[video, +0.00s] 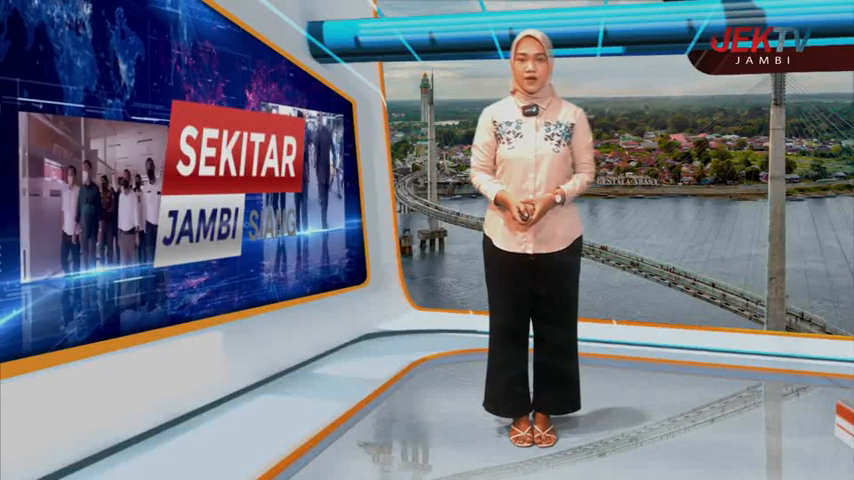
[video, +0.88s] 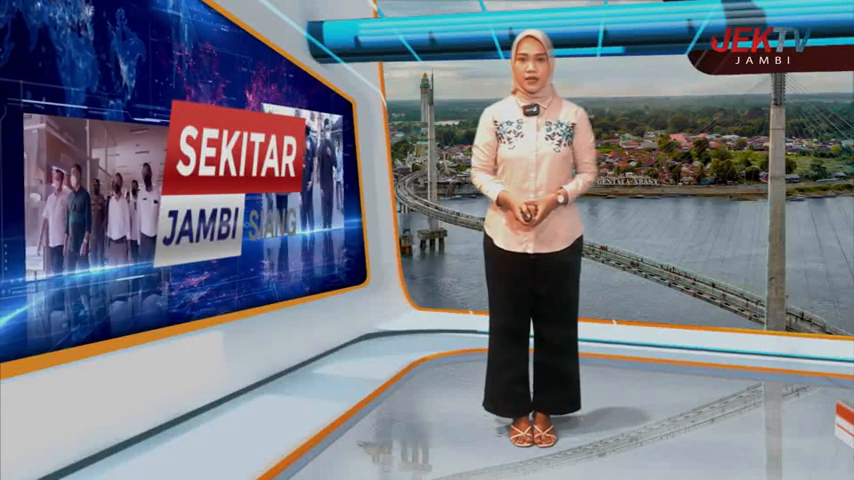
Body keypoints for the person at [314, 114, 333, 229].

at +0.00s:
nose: (319, 119)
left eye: (320, 117)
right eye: (317, 117)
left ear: (323, 119)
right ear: (316, 119)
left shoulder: (327, 132)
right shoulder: (316, 132)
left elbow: (333, 149)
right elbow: (315, 148)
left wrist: (334, 165)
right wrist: (315, 164)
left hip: (327, 163)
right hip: (319, 163)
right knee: (321, 182)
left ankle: (324, 220)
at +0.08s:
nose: (318, 121)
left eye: (320, 119)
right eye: (317, 119)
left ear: (323, 120)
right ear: (316, 121)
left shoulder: (327, 133)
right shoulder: (315, 134)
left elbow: (332, 149)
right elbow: (315, 150)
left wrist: (334, 164)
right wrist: (314, 165)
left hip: (326, 164)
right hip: (318, 164)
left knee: (325, 193)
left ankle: (324, 217)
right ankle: (320, 196)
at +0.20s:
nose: (318, 122)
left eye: (320, 120)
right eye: (317, 120)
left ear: (323, 121)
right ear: (316, 121)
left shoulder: (326, 133)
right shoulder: (316, 134)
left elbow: (331, 147)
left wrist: (331, 158)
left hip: (324, 161)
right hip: (317, 160)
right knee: (319, 179)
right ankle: (320, 194)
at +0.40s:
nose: (321, 124)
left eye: (323, 122)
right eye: (320, 122)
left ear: (325, 124)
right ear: (319, 124)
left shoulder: (327, 136)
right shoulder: (317, 136)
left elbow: (332, 151)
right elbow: (317, 160)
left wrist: (327, 146)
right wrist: (317, 174)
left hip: (326, 171)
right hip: (320, 172)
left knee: (327, 201)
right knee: (321, 202)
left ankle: (327, 222)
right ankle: (321, 223)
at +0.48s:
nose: (321, 127)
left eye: (323, 124)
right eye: (320, 124)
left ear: (326, 126)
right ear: (319, 125)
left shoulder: (327, 137)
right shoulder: (317, 137)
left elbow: (332, 152)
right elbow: (316, 158)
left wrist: (328, 146)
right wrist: (317, 173)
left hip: (326, 166)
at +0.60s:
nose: (321, 129)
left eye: (322, 127)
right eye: (319, 127)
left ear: (324, 128)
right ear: (317, 128)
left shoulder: (327, 141)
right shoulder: (317, 141)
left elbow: (332, 157)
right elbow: (316, 162)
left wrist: (328, 149)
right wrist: (319, 175)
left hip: (327, 172)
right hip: (321, 173)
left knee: (328, 198)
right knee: (321, 200)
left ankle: (329, 222)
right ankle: (320, 223)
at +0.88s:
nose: (321, 133)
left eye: (323, 131)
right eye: (320, 131)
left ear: (326, 132)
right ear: (318, 132)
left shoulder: (328, 144)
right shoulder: (320, 145)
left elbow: (334, 162)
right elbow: (318, 160)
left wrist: (330, 154)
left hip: (329, 174)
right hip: (322, 173)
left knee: (329, 196)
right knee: (325, 197)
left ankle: (328, 221)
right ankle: (325, 221)